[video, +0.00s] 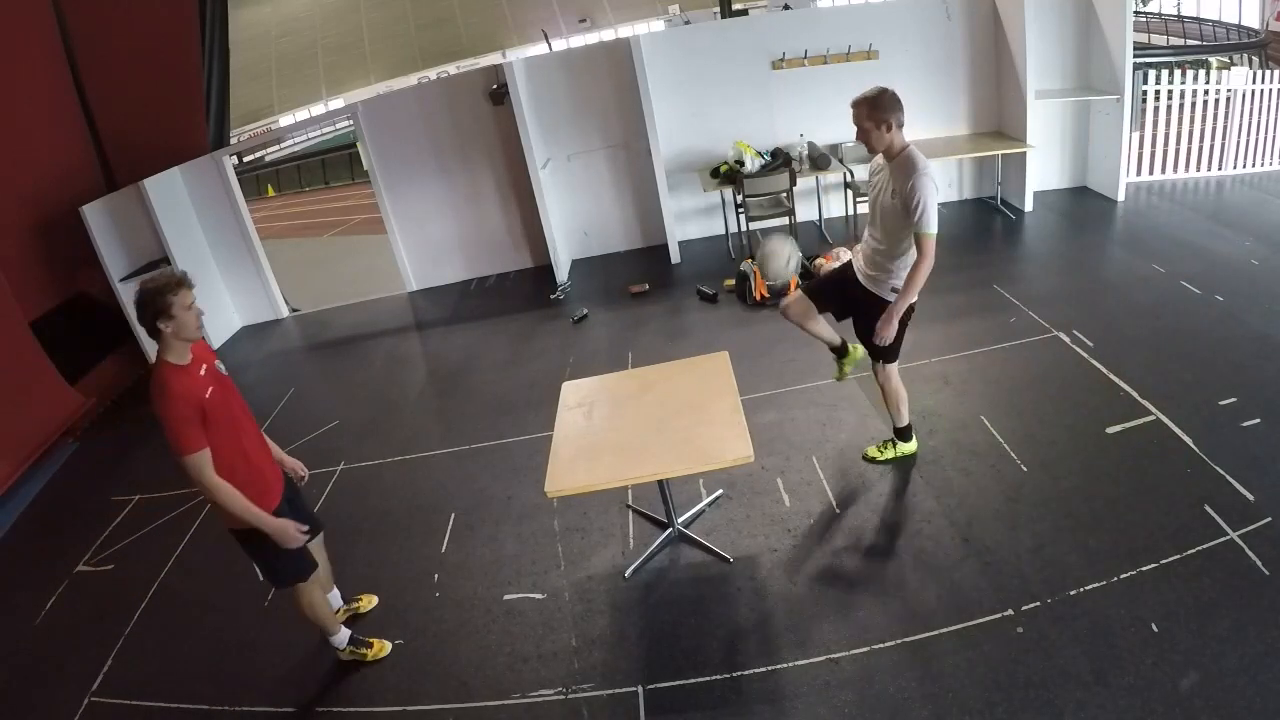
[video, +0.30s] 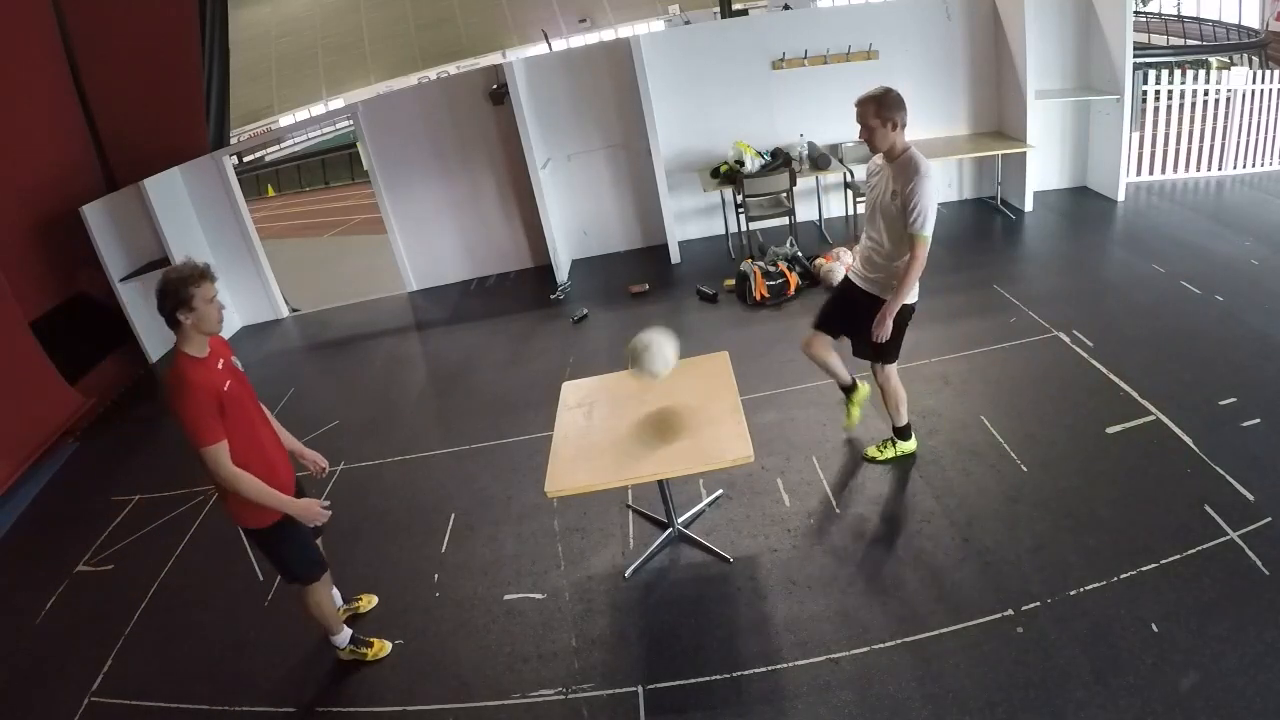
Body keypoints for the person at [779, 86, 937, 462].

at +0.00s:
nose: (857, 137)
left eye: (861, 128)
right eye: (856, 128)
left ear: (888, 125)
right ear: (887, 125)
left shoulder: (919, 180)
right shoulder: (880, 162)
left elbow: (927, 256)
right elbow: (880, 227)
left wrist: (895, 312)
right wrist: (852, 256)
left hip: (888, 292)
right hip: (857, 270)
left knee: (885, 371)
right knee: (793, 309)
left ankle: (904, 438)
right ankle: (844, 350)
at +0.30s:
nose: (861, 135)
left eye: (866, 127)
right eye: (860, 126)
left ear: (892, 125)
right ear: (883, 125)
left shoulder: (918, 177)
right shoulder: (877, 164)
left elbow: (919, 254)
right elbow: (878, 227)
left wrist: (891, 309)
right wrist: (855, 258)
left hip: (892, 294)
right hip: (859, 279)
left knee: (883, 369)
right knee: (815, 345)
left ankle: (903, 438)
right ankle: (853, 388)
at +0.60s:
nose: (855, 136)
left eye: (861, 128)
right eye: (852, 128)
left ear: (887, 126)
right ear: (871, 128)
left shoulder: (918, 176)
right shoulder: (865, 173)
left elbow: (942, 246)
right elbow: (856, 225)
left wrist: (920, 306)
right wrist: (827, 265)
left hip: (915, 291)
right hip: (883, 282)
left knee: (884, 371)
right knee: (869, 355)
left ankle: (905, 445)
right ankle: (884, 410)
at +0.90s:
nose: (883, 141)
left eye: (889, 134)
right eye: (882, 133)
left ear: (917, 134)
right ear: (904, 135)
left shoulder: (950, 187)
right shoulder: (898, 180)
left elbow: (969, 260)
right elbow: (893, 231)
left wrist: (939, 314)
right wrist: (870, 279)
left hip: (947, 304)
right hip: (908, 292)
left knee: (957, 391)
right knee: (887, 358)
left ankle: (1009, 459)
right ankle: (882, 411)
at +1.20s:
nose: (921, 146)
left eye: (929, 138)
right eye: (919, 136)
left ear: (957, 141)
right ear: (921, 137)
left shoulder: (990, 194)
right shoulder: (930, 183)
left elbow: (1015, 274)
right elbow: (948, 240)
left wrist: (987, 334)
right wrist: (950, 286)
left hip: (986, 310)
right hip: (947, 296)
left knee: (994, 392)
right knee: (927, 360)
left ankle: (1014, 464)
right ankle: (923, 422)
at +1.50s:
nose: (923, 141)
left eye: (932, 134)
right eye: (922, 132)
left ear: (962, 138)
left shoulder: (990, 192)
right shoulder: (939, 179)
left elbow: (1016, 271)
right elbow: (945, 241)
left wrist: (1028, 340)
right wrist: (932, 290)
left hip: (990, 312)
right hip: (952, 300)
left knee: (1000, 392)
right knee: (943, 365)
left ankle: (1015, 464)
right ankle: (950, 427)